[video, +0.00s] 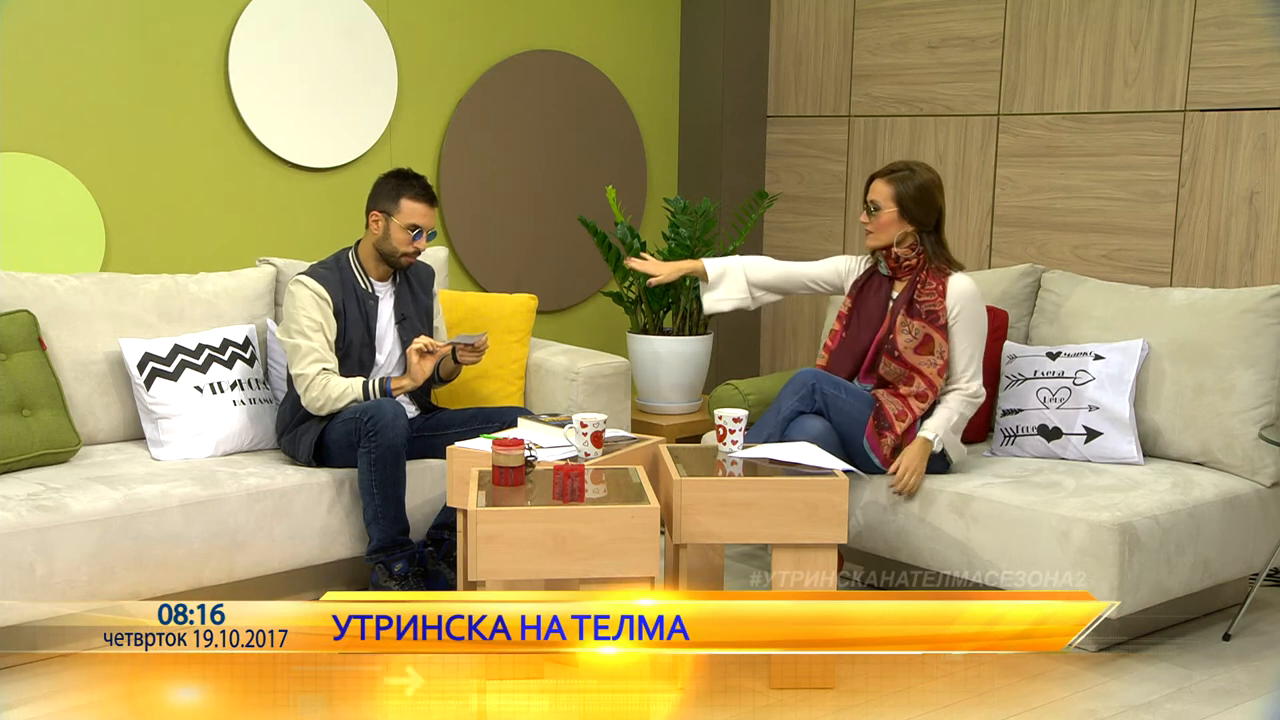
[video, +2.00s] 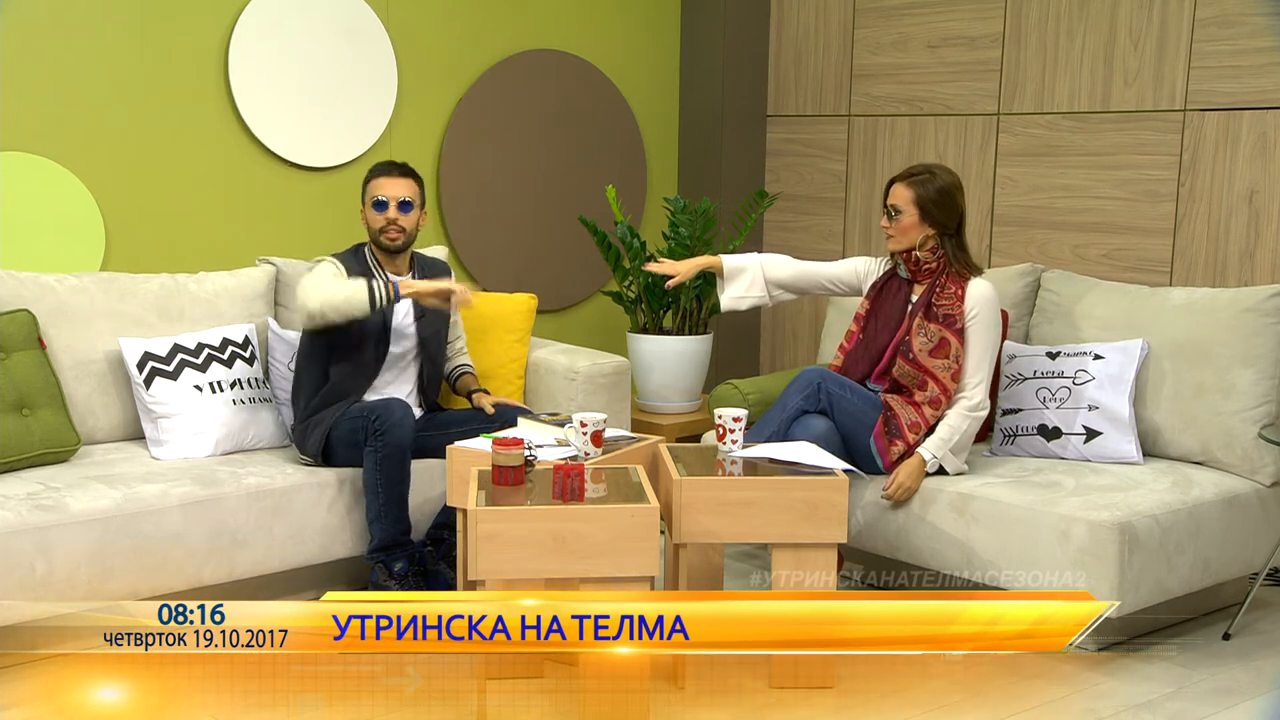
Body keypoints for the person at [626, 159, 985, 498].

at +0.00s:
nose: (864, 219)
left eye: (876, 210)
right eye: (867, 208)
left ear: (913, 219)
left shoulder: (956, 290)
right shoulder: (861, 270)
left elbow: (966, 387)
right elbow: (780, 272)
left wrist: (926, 442)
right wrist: (687, 266)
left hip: (909, 435)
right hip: (850, 420)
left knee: (810, 381)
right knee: (809, 431)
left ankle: (731, 468)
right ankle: (809, 568)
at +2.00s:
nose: (885, 222)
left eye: (896, 214)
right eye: (887, 212)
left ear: (933, 222)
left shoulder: (975, 295)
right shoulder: (882, 271)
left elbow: (972, 400)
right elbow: (797, 273)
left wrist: (921, 461)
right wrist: (705, 263)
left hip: (916, 440)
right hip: (862, 423)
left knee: (817, 379)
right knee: (811, 429)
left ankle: (728, 467)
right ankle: (805, 568)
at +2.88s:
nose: (883, 222)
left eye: (895, 213)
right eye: (885, 212)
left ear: (932, 221)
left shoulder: (973, 293)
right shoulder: (880, 272)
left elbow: (971, 398)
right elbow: (794, 273)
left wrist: (922, 460)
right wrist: (704, 263)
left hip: (916, 440)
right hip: (862, 423)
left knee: (816, 379)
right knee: (811, 429)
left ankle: (728, 468)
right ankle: (805, 570)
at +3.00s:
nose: (883, 222)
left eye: (895, 213)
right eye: (885, 211)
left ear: (932, 221)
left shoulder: (974, 293)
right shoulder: (880, 273)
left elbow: (971, 398)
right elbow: (793, 275)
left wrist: (922, 460)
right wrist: (702, 266)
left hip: (915, 440)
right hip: (861, 423)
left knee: (816, 379)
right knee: (811, 429)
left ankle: (727, 468)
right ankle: (802, 571)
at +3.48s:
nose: (893, 221)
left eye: (905, 212)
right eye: (894, 211)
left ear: (943, 220)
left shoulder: (982, 292)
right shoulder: (888, 273)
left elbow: (972, 393)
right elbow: (806, 281)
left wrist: (925, 457)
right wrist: (715, 279)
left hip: (920, 438)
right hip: (865, 422)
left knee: (812, 381)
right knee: (809, 431)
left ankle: (732, 470)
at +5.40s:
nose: (943, 231)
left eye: (957, 222)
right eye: (940, 222)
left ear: (992, 233)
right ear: (934, 231)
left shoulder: (1006, 297)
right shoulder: (911, 283)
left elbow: (1056, 245)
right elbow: (824, 291)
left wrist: (1115, 168)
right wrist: (730, 298)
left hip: (926, 435)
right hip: (869, 416)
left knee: (815, 376)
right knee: (807, 427)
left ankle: (730, 456)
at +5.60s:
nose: (941, 232)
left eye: (956, 223)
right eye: (938, 222)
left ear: (991, 234)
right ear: (933, 231)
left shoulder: (1005, 295)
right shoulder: (908, 284)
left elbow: (1055, 244)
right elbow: (824, 290)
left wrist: (1115, 167)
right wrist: (734, 297)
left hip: (930, 434)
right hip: (870, 415)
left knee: (825, 368)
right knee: (801, 423)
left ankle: (703, 446)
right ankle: (814, 566)